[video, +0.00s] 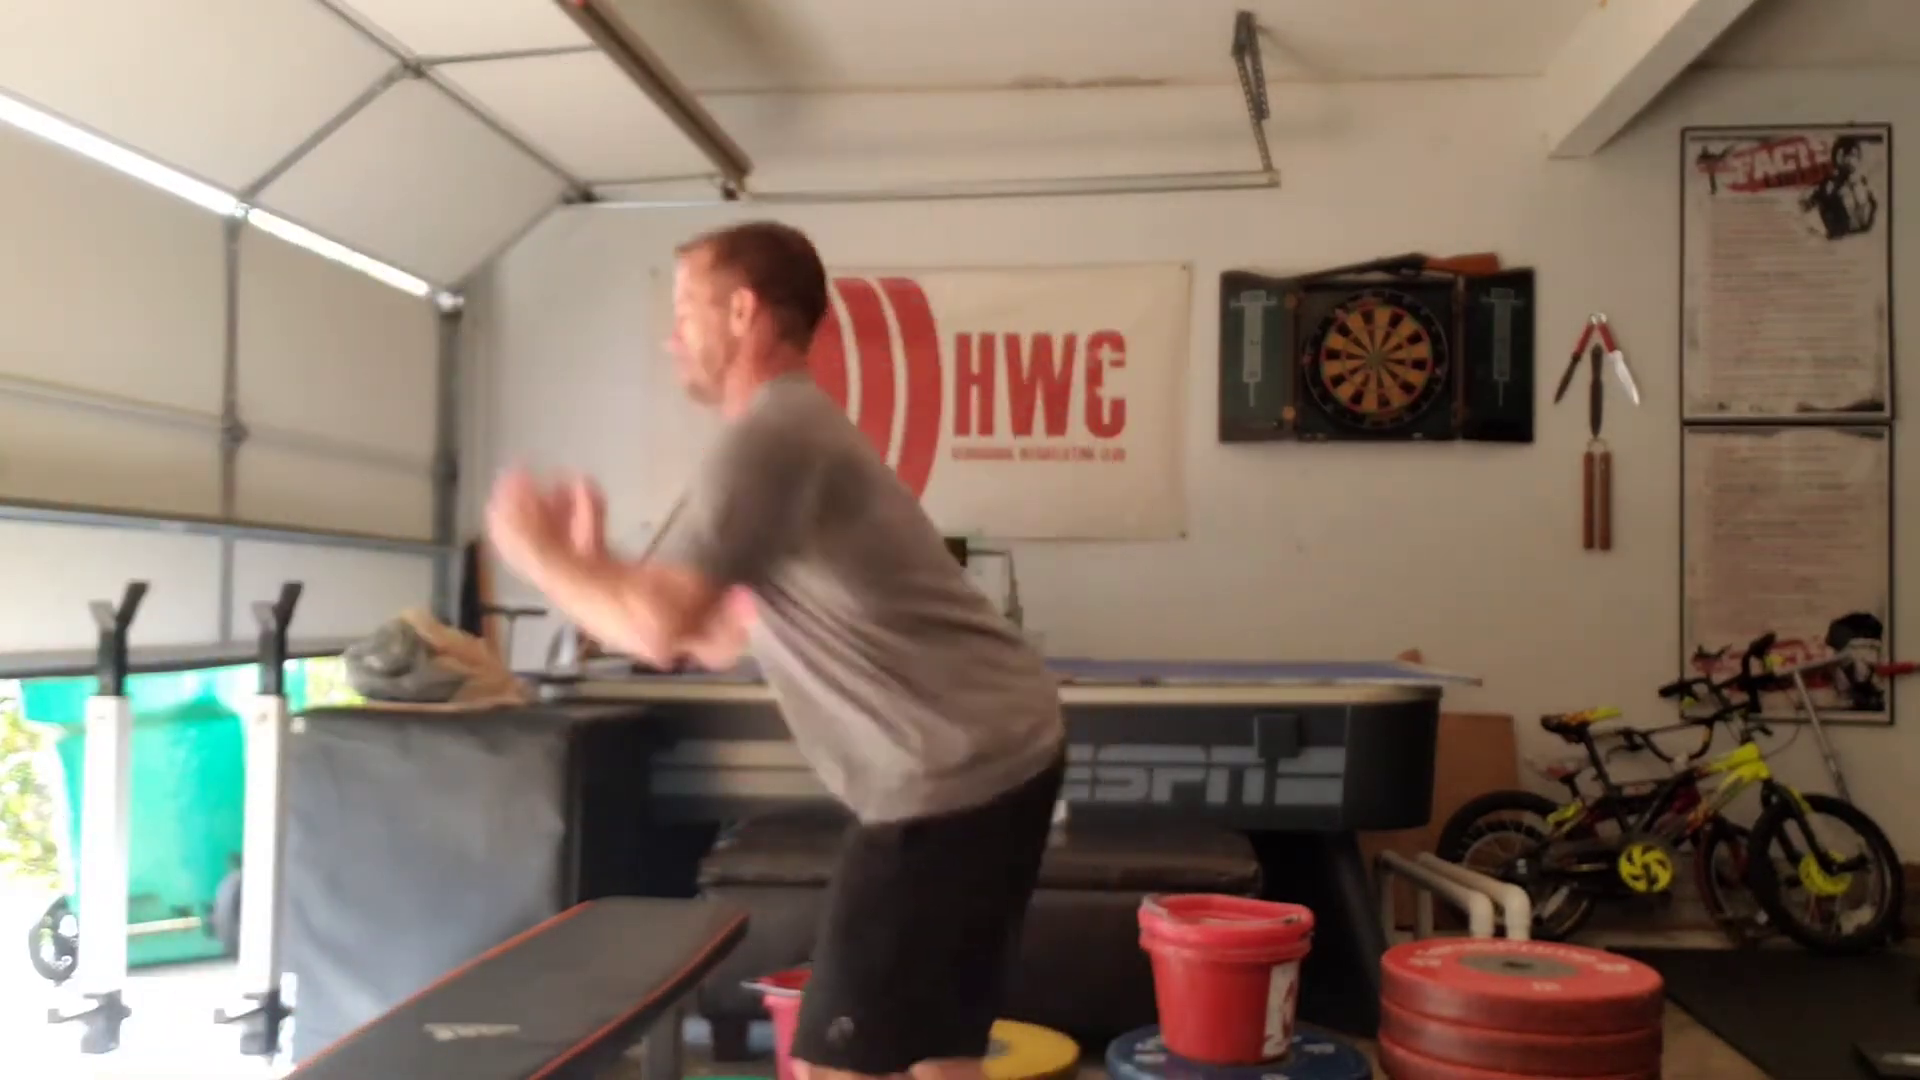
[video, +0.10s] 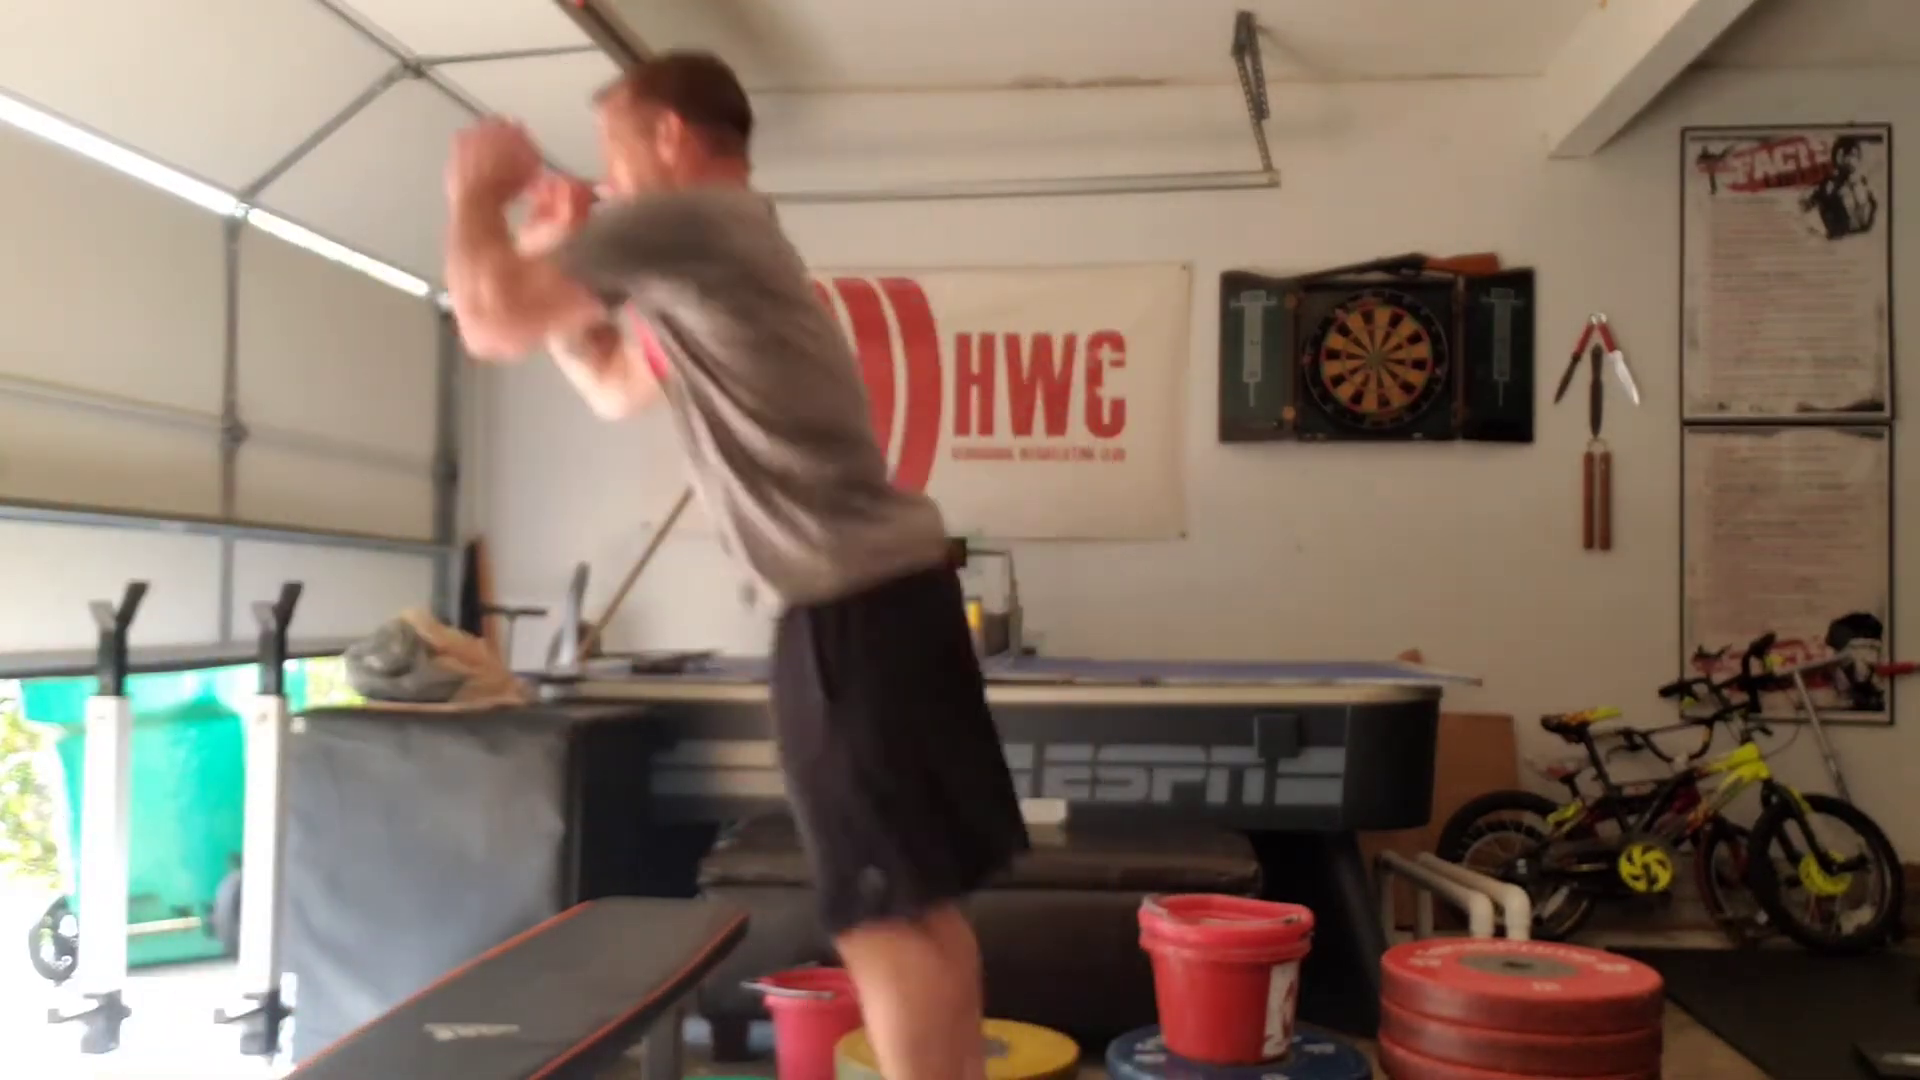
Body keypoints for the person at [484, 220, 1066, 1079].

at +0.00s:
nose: (671, 334)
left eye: (686, 309)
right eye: (674, 311)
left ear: (745, 316)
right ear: (749, 321)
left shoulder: (773, 430)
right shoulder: (793, 427)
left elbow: (656, 622)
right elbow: (710, 638)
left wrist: (536, 552)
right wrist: (598, 564)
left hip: (946, 769)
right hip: (987, 750)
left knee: (840, 1056)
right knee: (942, 1049)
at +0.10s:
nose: (601, 179)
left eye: (611, 153)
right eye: (603, 157)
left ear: (669, 138)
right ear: (694, 145)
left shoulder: (702, 221)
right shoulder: (718, 243)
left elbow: (492, 320)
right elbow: (618, 383)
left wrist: (474, 194)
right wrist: (560, 251)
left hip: (850, 606)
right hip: (869, 598)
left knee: (877, 914)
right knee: (916, 904)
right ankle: (953, 1075)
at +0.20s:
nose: (525, 60)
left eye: (532, 37)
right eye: (526, 44)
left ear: (592, 18)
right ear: (622, 24)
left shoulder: (625, 88)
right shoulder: (671, 112)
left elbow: (424, 172)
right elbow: (582, 289)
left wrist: (344, 76)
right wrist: (503, 193)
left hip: (782, 455)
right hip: (833, 452)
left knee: (632, 737)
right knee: (759, 717)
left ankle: (892, 866)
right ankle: (913, 866)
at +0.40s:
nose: (354, 45)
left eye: (359, 19)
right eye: (350, 26)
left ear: (423, 12)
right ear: (454, 18)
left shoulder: (457, 99)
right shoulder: (534, 103)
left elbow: (339, 300)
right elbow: (575, 346)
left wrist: (151, 389)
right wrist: (412, 386)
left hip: (666, 389)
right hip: (739, 411)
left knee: (369, 499)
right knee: (516, 534)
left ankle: (377, 819)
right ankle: (449, 783)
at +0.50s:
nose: (306, 57)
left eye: (311, 31)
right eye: (302, 34)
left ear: (366, 18)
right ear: (403, 20)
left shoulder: (404, 112)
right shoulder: (488, 108)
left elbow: (384, 325)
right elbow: (593, 315)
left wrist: (253, 461)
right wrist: (475, 425)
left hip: (581, 423)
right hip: (666, 440)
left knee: (321, 637)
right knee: (458, 657)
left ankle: (251, 967)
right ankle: (354, 926)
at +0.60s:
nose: (265, 146)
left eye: (264, 112)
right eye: (257, 118)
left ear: (321, 90)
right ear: (374, 92)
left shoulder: (346, 198)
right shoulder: (486, 207)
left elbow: (434, 363)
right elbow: (607, 368)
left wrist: (325, 536)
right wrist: (504, 460)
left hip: (414, 584)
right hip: (517, 587)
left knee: (245, 872)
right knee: (378, 860)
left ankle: (233, 1076)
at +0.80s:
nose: (194, 296)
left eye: (205, 267)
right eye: (197, 269)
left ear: (255, 268)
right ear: (331, 282)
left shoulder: (230, 428)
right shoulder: (400, 436)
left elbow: (171, 653)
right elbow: (425, 617)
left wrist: (55, 734)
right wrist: (230, 689)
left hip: (275, 795)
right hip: (399, 781)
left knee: (101, 1044)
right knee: (271, 1045)